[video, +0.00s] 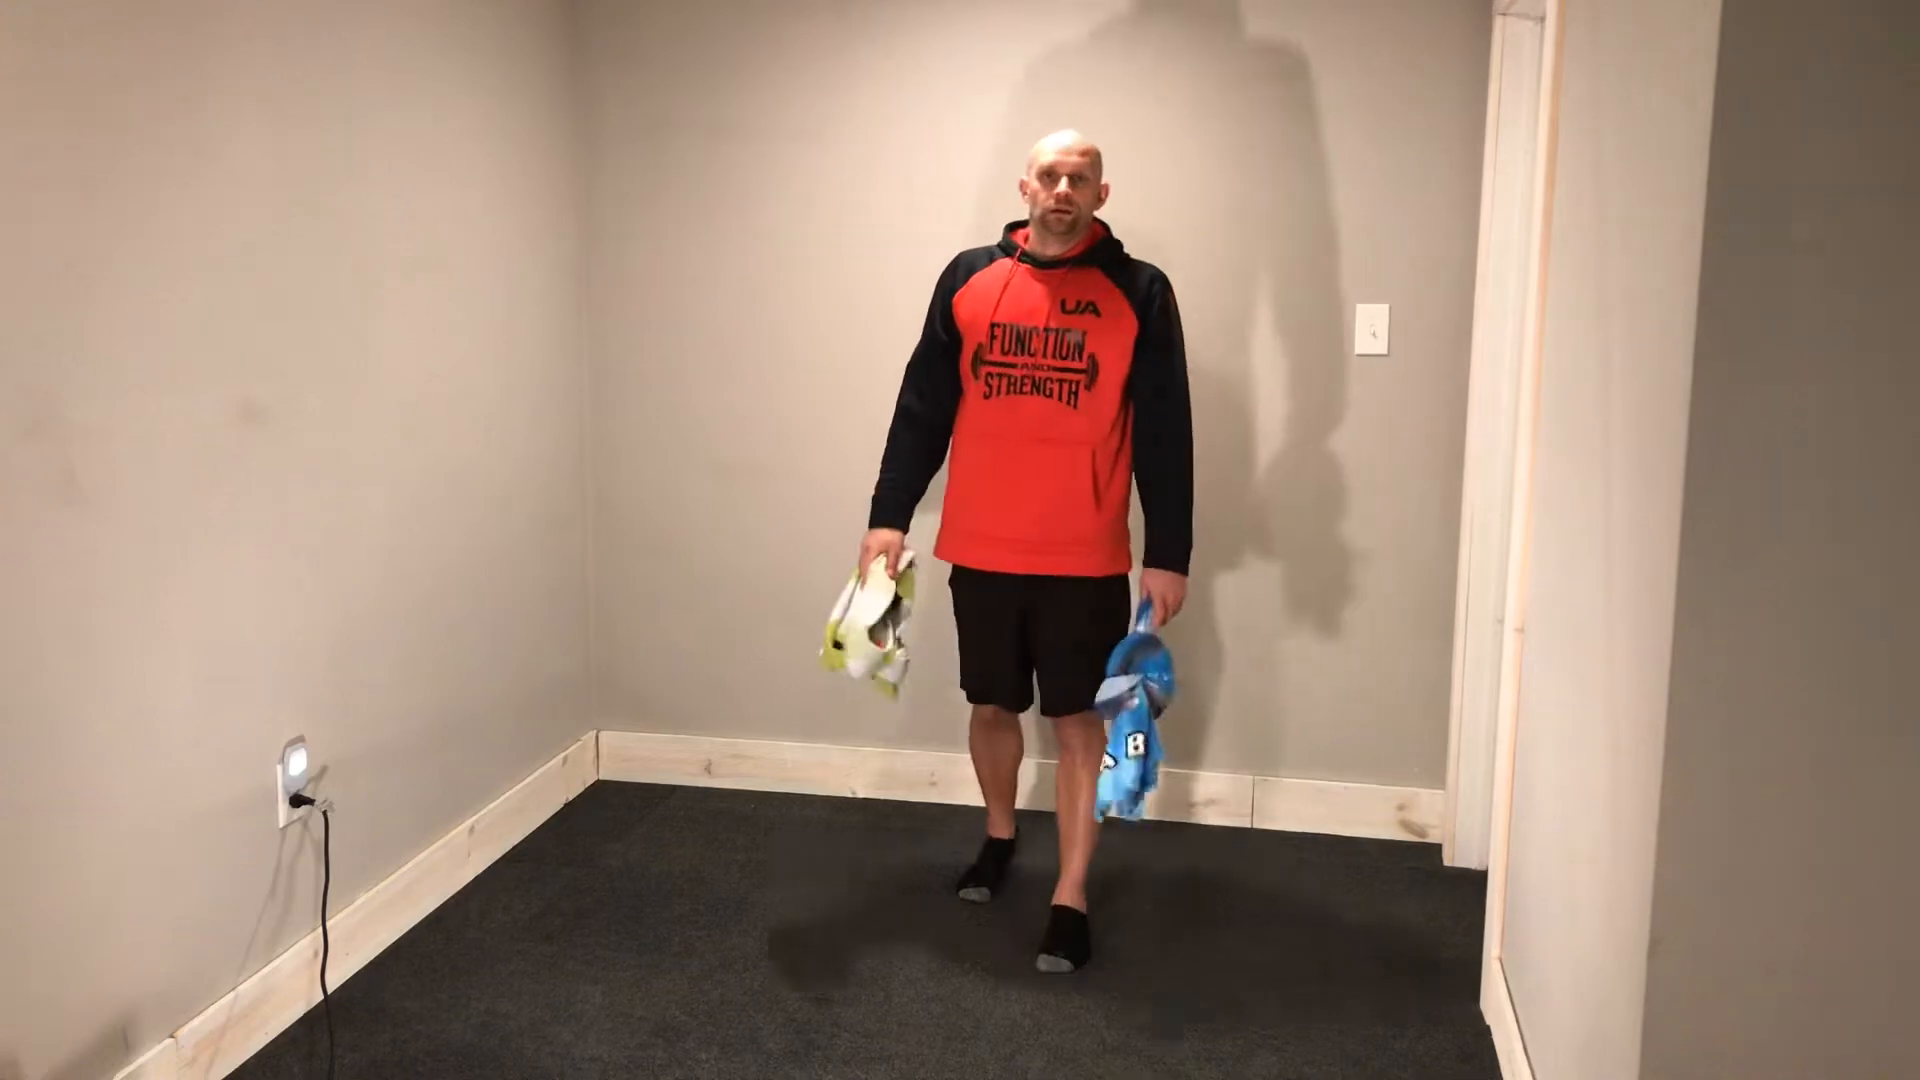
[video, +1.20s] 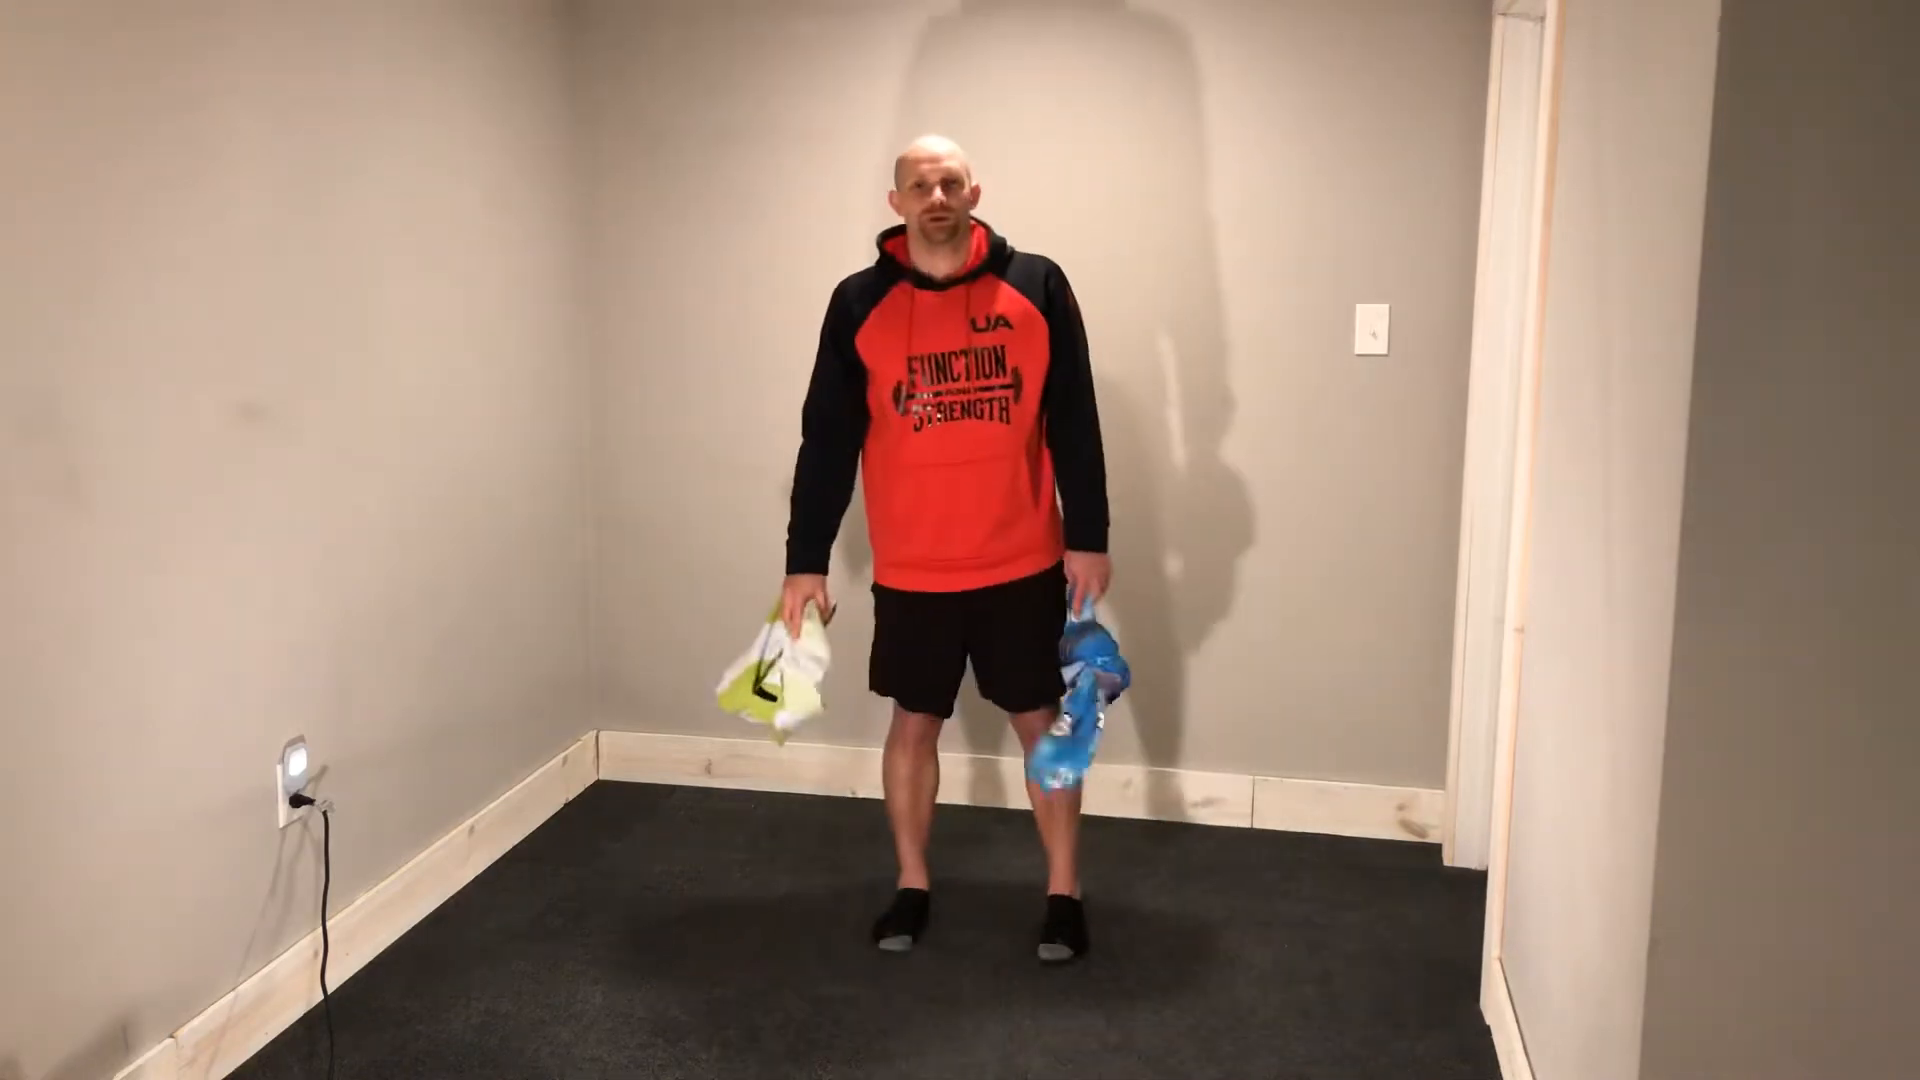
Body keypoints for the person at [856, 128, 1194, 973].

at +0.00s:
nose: (1062, 189)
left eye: (1078, 178)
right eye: (1049, 176)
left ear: (1102, 195)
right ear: (1025, 188)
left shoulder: (1140, 293)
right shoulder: (968, 280)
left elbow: (1165, 429)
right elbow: (922, 405)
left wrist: (1169, 555)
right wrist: (889, 516)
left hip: (1084, 553)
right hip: (982, 545)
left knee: (1076, 719)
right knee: (990, 708)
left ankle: (1070, 898)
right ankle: (999, 834)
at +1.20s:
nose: (938, 195)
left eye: (950, 181)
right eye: (920, 185)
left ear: (975, 194)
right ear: (896, 204)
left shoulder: (1035, 287)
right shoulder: (860, 303)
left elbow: (1073, 419)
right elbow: (828, 438)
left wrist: (1088, 537)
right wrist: (806, 559)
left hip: (1018, 557)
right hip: (912, 566)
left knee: (1039, 719)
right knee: (914, 720)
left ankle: (1063, 892)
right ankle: (910, 885)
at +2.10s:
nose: (969, 192)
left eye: (982, 178)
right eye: (953, 180)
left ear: (1010, 191)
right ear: (931, 197)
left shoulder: (1067, 291)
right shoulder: (892, 297)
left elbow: (1102, 425)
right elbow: (862, 434)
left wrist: (1122, 546)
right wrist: (842, 555)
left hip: (1036, 561)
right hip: (928, 564)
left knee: (1042, 725)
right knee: (921, 723)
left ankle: (1058, 899)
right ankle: (911, 889)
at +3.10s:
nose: (979, 187)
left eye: (992, 174)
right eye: (962, 176)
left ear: (1015, 190)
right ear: (937, 195)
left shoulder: (1070, 291)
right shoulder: (897, 300)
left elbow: (1109, 428)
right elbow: (871, 438)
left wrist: (1135, 551)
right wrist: (854, 562)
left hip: (1042, 561)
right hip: (935, 565)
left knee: (1047, 723)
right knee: (925, 722)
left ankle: (1058, 897)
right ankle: (912, 889)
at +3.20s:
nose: (977, 187)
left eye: (990, 174)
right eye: (960, 176)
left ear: (1014, 190)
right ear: (936, 194)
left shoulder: (1071, 291)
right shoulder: (897, 300)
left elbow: (1109, 428)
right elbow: (870, 439)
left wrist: (1134, 550)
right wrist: (851, 561)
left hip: (1042, 561)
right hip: (935, 565)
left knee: (1047, 723)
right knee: (925, 721)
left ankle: (1059, 897)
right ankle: (912, 889)